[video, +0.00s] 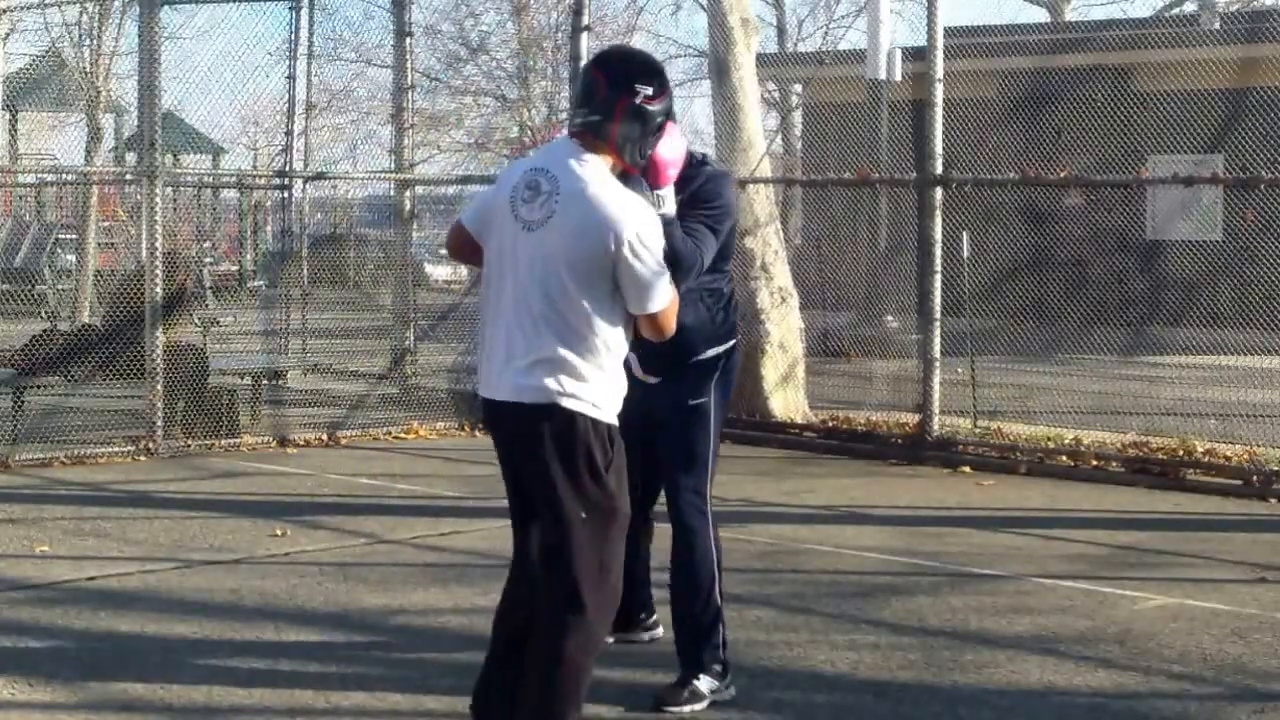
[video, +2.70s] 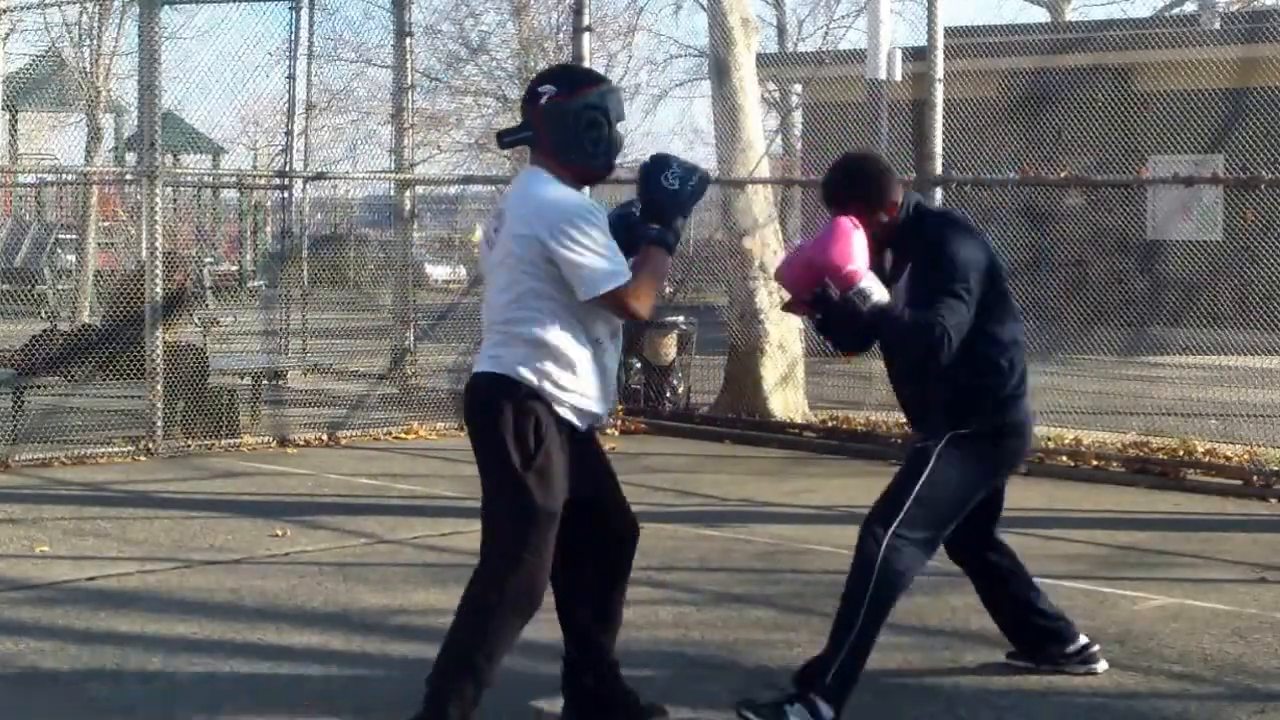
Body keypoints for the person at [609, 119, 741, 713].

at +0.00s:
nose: (640, 157)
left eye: (648, 145)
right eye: (636, 147)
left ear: (671, 137)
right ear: (629, 147)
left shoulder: (710, 183)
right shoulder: (621, 184)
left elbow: (688, 259)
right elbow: (600, 252)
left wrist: (660, 193)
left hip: (694, 363)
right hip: (629, 357)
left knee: (687, 508)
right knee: (628, 497)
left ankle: (705, 666)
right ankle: (632, 611)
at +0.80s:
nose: (666, 181)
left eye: (669, 169)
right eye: (660, 173)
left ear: (699, 154)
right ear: (689, 159)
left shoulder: (761, 186)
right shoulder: (691, 198)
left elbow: (710, 266)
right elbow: (658, 273)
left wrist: (697, 187)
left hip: (775, 365)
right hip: (724, 370)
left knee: (739, 506)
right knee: (697, 490)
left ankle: (758, 680)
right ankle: (715, 619)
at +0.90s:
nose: (688, 191)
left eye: (692, 181)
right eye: (682, 182)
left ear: (718, 164)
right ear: (695, 169)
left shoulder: (779, 193)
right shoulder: (715, 186)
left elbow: (729, 272)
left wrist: (695, 219)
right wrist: (654, 207)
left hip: (789, 369)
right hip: (735, 366)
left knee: (740, 507)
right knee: (706, 491)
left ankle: (756, 681)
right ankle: (786, 593)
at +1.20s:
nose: (752, 190)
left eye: (757, 179)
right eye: (744, 184)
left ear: (786, 163)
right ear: (751, 180)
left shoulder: (855, 195)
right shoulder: (777, 207)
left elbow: (813, 268)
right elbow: (743, 291)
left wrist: (769, 204)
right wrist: (717, 226)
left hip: (860, 374)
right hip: (816, 374)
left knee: (812, 507)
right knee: (784, 504)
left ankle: (791, 661)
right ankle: (849, 612)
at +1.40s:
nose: (793, 160)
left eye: (797, 148)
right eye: (787, 154)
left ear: (826, 130)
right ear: (815, 140)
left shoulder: (884, 158)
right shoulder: (834, 177)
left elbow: (850, 231)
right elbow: (793, 260)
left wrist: (805, 171)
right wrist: (755, 206)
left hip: (908, 346)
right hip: (884, 348)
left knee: (840, 492)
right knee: (861, 483)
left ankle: (877, 646)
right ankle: (914, 593)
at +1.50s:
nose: (830, 170)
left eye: (834, 158)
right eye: (822, 161)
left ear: (864, 144)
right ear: (831, 156)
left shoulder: (912, 179)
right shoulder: (856, 196)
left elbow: (897, 259)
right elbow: (827, 281)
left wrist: (842, 201)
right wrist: (791, 230)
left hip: (923, 367)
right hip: (907, 367)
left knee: (843, 496)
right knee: (913, 492)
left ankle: (875, 650)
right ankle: (991, 608)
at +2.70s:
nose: (843, 232)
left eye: (845, 221)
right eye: (841, 223)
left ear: (874, 212)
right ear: (884, 204)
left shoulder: (953, 242)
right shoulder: (891, 250)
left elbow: (938, 340)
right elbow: (857, 337)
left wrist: (862, 291)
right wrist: (818, 304)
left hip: (978, 431)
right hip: (955, 428)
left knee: (887, 537)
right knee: (973, 541)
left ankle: (820, 699)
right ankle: (1057, 643)